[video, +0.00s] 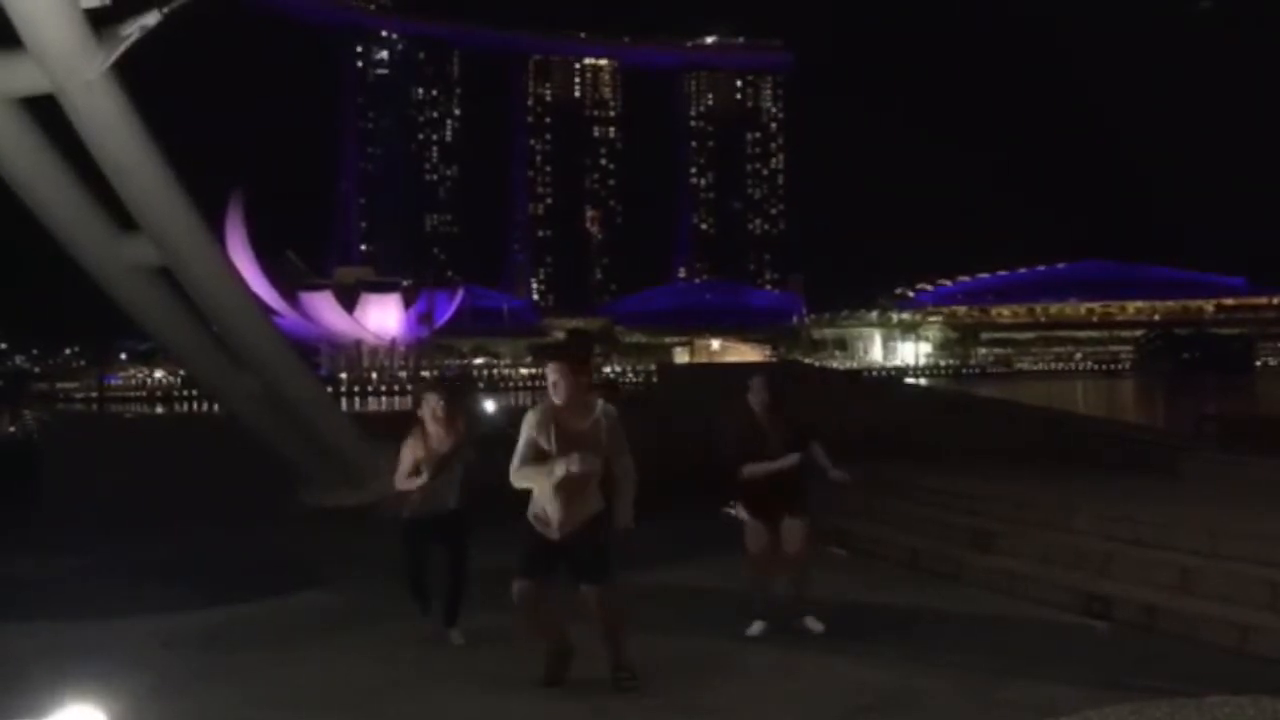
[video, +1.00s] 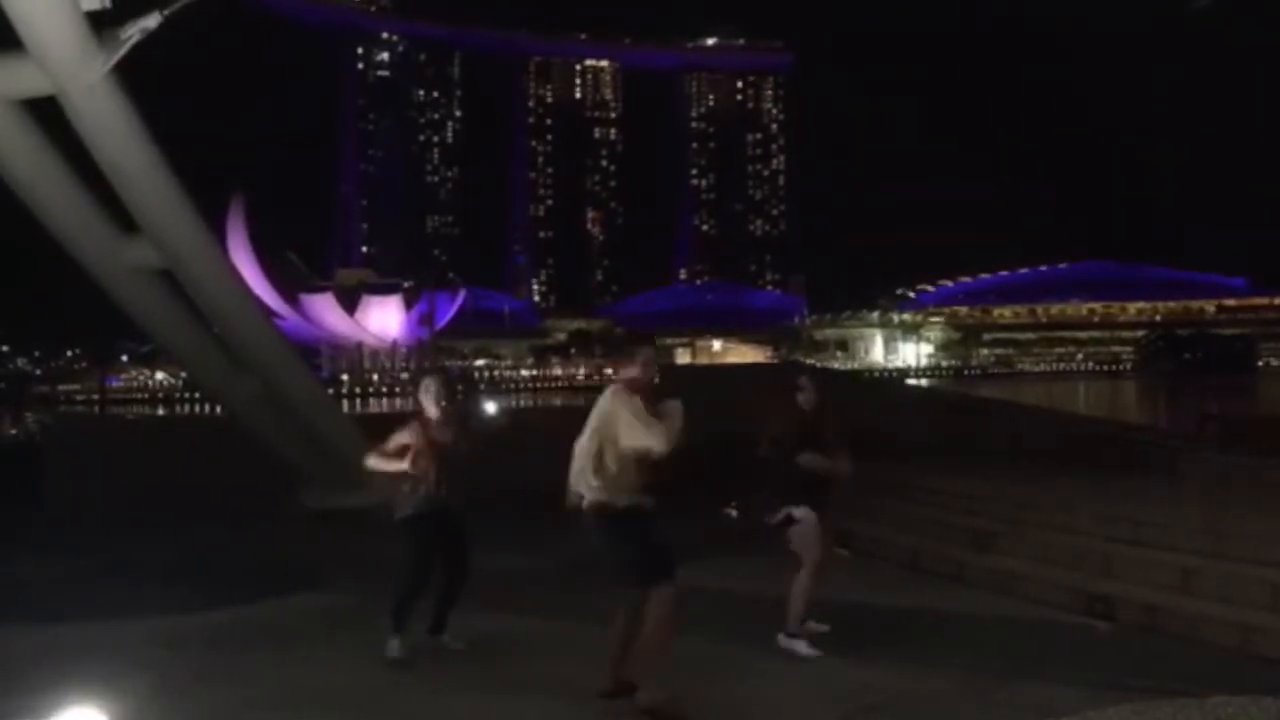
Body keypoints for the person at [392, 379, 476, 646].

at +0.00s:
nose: (438, 409)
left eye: (442, 403)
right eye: (431, 404)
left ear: (448, 407)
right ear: (421, 410)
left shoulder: (458, 438)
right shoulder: (415, 443)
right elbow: (399, 481)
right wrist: (422, 479)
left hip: (451, 512)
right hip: (420, 514)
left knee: (457, 567)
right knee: (415, 565)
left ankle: (452, 623)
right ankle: (424, 607)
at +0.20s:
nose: (424, 411)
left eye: (428, 405)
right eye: (418, 406)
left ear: (439, 408)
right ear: (410, 410)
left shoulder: (450, 436)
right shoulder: (407, 436)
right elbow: (357, 433)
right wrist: (386, 449)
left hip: (446, 511)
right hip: (411, 511)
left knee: (461, 568)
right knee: (391, 566)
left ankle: (446, 624)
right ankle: (374, 627)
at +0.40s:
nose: (426, 414)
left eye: (429, 408)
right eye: (419, 409)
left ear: (437, 410)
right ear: (410, 414)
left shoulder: (447, 439)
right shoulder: (405, 442)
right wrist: (409, 462)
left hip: (439, 519)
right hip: (404, 519)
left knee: (459, 571)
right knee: (387, 573)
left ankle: (444, 627)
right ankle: (368, 631)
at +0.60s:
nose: (430, 399)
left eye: (434, 393)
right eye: (424, 394)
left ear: (442, 395)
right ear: (415, 397)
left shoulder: (450, 420)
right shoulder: (408, 418)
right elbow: (369, 421)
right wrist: (404, 436)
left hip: (444, 500)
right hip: (411, 502)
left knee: (463, 562)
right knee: (404, 563)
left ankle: (444, 621)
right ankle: (394, 624)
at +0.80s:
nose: (435, 408)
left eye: (440, 402)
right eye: (429, 403)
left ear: (449, 405)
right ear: (420, 406)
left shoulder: (451, 433)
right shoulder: (416, 435)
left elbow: (470, 454)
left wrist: (496, 453)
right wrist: (436, 453)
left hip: (449, 513)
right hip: (418, 517)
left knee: (462, 568)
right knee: (419, 571)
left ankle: (438, 628)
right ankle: (393, 615)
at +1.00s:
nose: (435, 400)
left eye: (440, 393)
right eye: (429, 394)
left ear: (448, 397)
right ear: (419, 398)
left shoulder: (454, 432)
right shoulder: (413, 431)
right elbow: (371, 459)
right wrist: (403, 465)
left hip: (445, 508)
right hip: (414, 511)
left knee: (456, 569)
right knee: (416, 572)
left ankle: (438, 629)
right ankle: (396, 633)